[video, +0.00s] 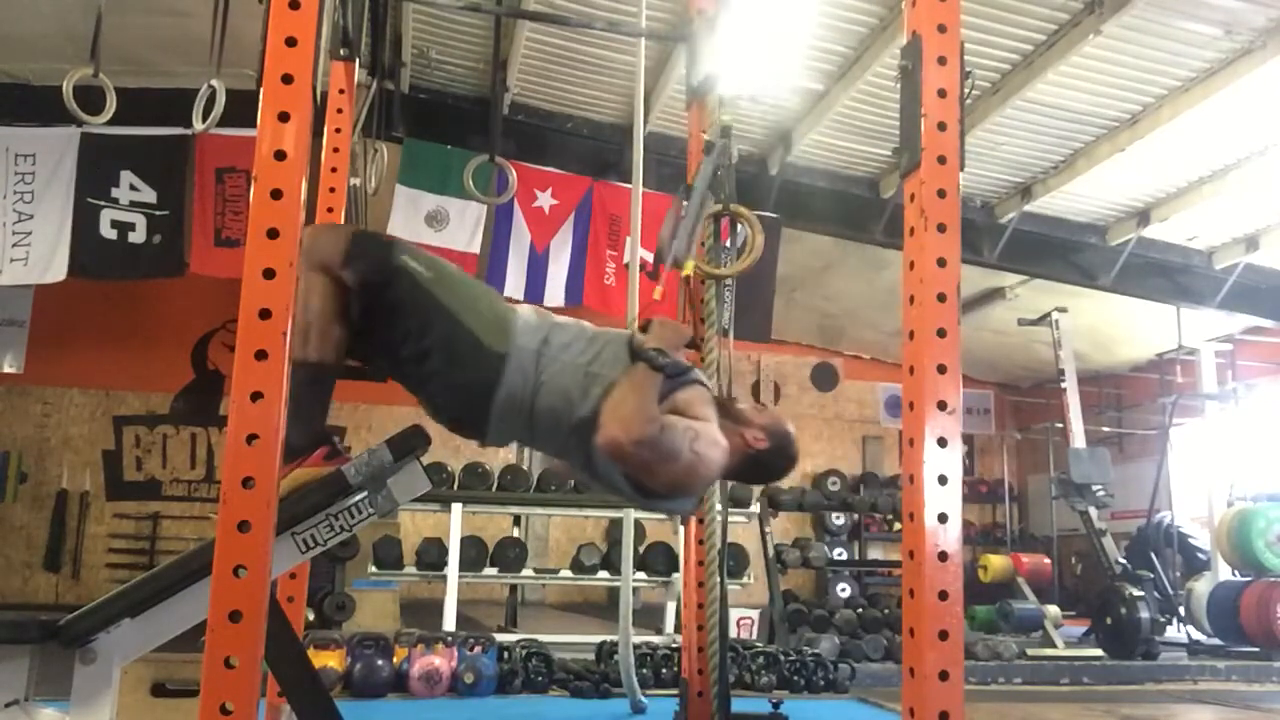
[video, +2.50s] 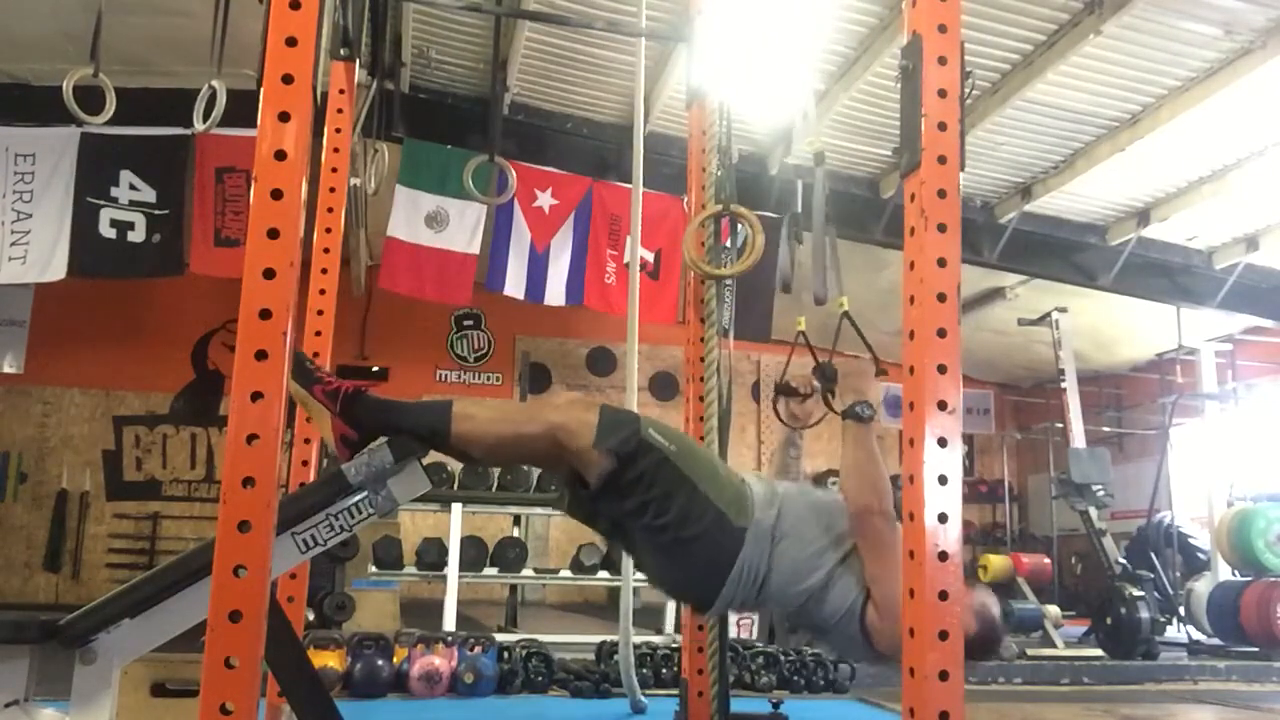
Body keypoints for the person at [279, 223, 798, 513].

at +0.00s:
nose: (756, 398)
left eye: (765, 411)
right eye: (768, 401)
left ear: (752, 441)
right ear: (751, 434)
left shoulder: (705, 450)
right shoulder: (698, 419)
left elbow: (625, 437)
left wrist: (660, 356)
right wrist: (663, 351)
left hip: (500, 361)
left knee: (323, 244)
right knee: (335, 308)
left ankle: (298, 415)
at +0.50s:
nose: (762, 404)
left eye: (771, 418)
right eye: (774, 408)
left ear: (762, 449)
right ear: (760, 445)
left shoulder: (714, 459)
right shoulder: (707, 431)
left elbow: (634, 439)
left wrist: (669, 363)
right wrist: (669, 351)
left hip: (508, 363)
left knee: (333, 251)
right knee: (352, 295)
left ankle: (292, 420)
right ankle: (290, 417)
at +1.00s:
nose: (890, 461)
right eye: (897, 466)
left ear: (885, 517)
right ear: (903, 470)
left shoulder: (860, 520)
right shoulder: (856, 450)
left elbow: (805, 476)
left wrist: (809, 393)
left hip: (671, 431)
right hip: (678, 394)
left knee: (512, 304)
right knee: (505, 301)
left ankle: (351, 417)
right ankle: (363, 399)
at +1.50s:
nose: (996, 494)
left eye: (1007, 508)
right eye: (1005, 492)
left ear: (999, 543)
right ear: (988, 495)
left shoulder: (959, 542)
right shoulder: (943, 503)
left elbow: (894, 488)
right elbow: (863, 433)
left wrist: (930, 425)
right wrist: (914, 412)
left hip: (774, 496)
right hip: (765, 487)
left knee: (604, 419)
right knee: (589, 430)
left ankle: (393, 418)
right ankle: (402, 424)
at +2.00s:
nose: (947, 610)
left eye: (953, 629)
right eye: (957, 617)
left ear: (939, 659)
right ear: (942, 629)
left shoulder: (897, 649)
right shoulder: (890, 615)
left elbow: (876, 517)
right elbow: (871, 513)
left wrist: (852, 415)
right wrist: (844, 412)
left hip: (731, 554)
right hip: (734, 521)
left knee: (590, 432)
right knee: (576, 426)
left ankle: (382, 415)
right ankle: (390, 415)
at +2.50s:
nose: (948, 588)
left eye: (958, 611)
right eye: (962, 590)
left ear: (951, 642)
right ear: (950, 590)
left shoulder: (905, 639)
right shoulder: (903, 585)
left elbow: (874, 517)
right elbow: (869, 515)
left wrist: (861, 408)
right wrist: (843, 407)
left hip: (736, 548)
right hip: (736, 513)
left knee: (586, 425)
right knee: (563, 431)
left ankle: (369, 414)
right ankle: (382, 422)